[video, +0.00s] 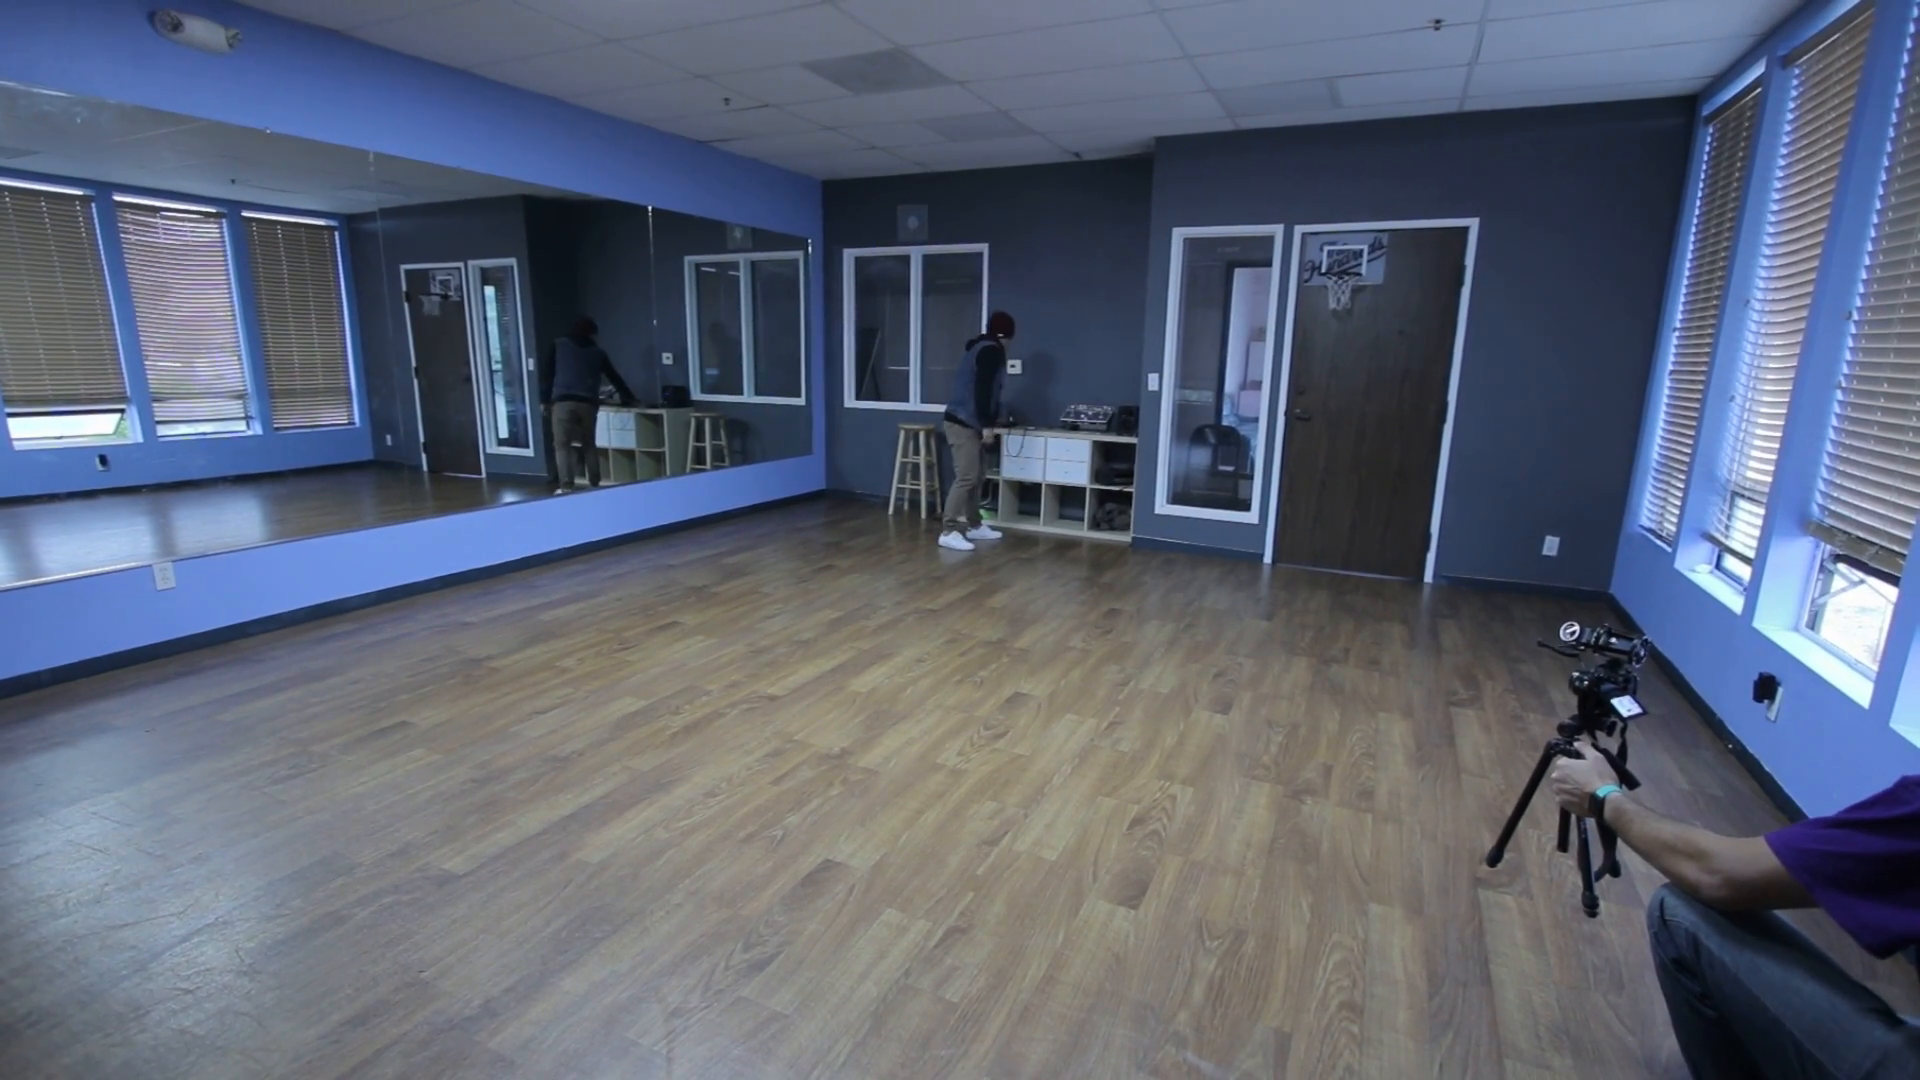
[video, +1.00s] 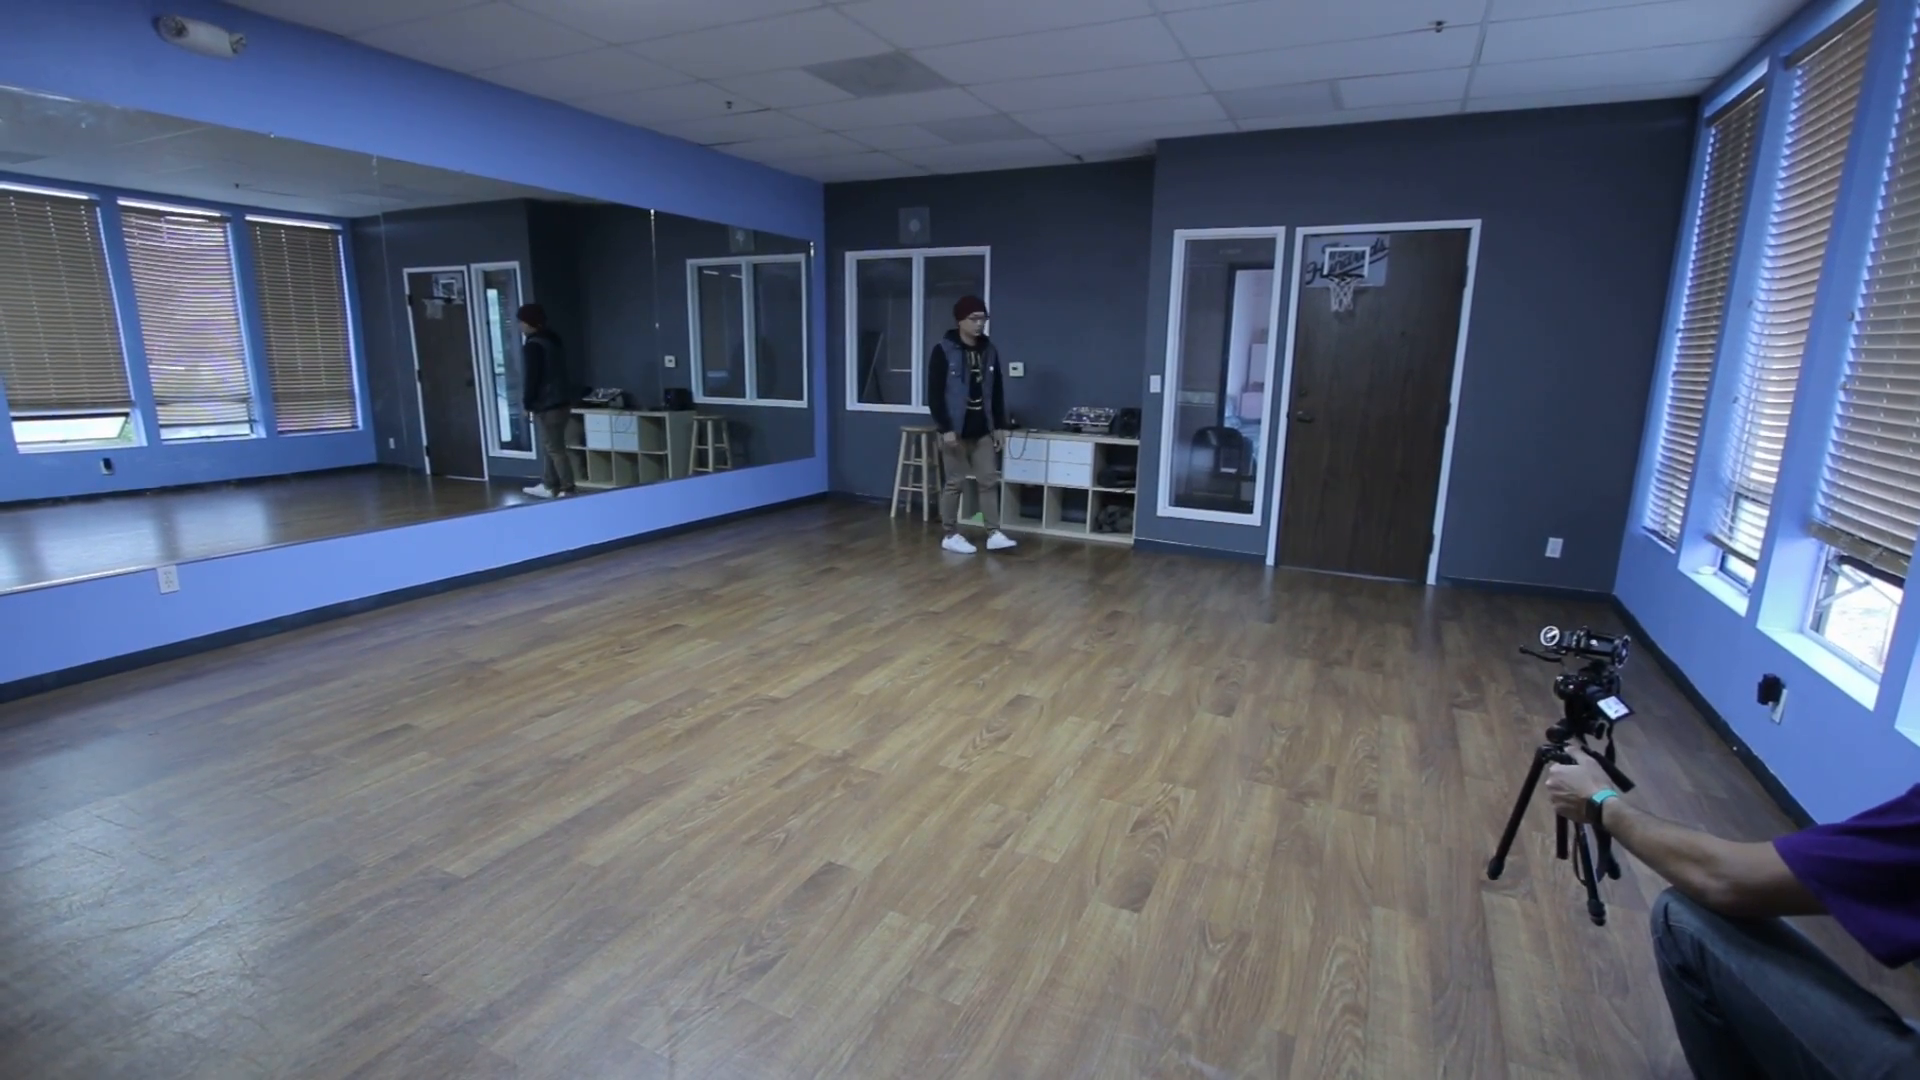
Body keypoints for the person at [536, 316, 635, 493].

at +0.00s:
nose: (594, 336)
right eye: (593, 333)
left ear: (573, 329)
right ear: (593, 333)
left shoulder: (558, 345)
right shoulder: (597, 352)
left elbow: (547, 373)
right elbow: (614, 378)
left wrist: (544, 400)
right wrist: (628, 399)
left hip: (563, 401)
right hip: (588, 402)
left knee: (562, 444)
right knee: (589, 444)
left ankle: (566, 485)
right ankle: (594, 484)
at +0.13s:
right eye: (585, 329)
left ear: (565, 327)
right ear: (585, 329)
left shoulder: (553, 344)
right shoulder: (591, 349)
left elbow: (543, 373)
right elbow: (605, 379)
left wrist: (542, 400)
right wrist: (619, 399)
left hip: (560, 400)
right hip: (586, 401)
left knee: (559, 444)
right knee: (587, 442)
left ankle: (566, 484)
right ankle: (594, 481)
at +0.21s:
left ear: (557, 328)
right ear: (579, 329)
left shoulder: (547, 346)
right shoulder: (585, 348)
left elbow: (540, 375)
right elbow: (598, 379)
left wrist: (539, 402)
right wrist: (606, 404)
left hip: (558, 402)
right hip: (583, 401)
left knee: (556, 447)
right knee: (587, 444)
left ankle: (566, 485)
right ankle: (595, 483)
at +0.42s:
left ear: (542, 328)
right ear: (563, 327)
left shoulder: (537, 347)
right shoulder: (572, 345)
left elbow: (532, 377)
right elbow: (581, 374)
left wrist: (529, 404)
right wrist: (580, 396)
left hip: (553, 404)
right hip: (578, 402)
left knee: (551, 449)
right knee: (584, 445)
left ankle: (566, 486)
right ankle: (595, 483)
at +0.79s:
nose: (525, 332)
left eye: (526, 329)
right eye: (525, 328)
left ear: (529, 329)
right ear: (545, 325)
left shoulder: (530, 350)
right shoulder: (558, 343)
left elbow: (529, 382)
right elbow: (567, 375)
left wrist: (528, 410)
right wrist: (571, 398)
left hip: (547, 406)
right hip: (568, 403)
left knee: (549, 451)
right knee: (569, 448)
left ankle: (565, 488)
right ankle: (578, 484)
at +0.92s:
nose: (521, 328)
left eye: (522, 323)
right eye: (521, 324)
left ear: (529, 323)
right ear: (541, 321)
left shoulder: (532, 344)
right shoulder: (554, 337)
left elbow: (531, 377)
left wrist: (528, 406)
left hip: (547, 402)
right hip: (563, 397)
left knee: (553, 446)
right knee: (556, 445)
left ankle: (563, 484)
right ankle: (560, 480)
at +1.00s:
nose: (520, 327)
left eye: (522, 323)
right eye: (520, 323)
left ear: (530, 323)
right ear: (539, 321)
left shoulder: (533, 344)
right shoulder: (553, 338)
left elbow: (532, 376)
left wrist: (527, 404)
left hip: (546, 402)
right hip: (560, 398)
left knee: (553, 447)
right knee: (550, 445)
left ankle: (567, 487)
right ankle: (549, 483)